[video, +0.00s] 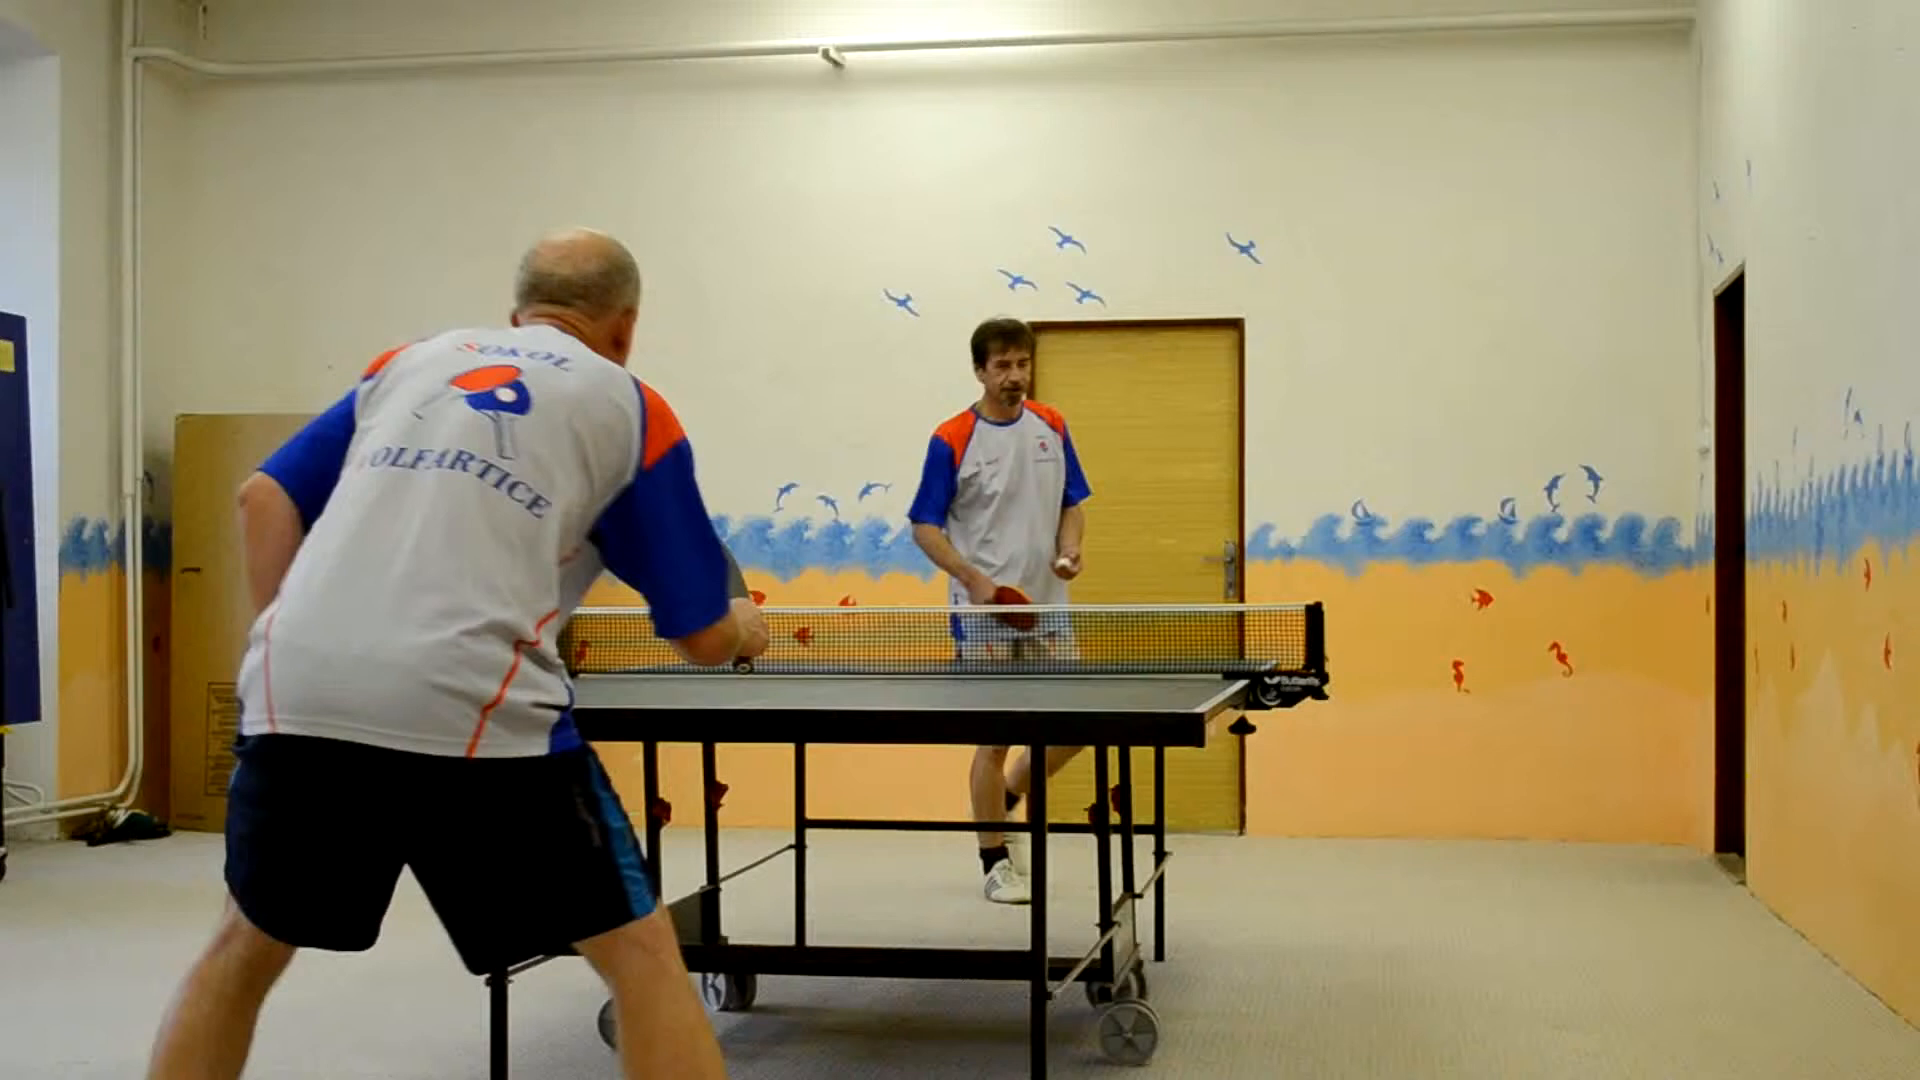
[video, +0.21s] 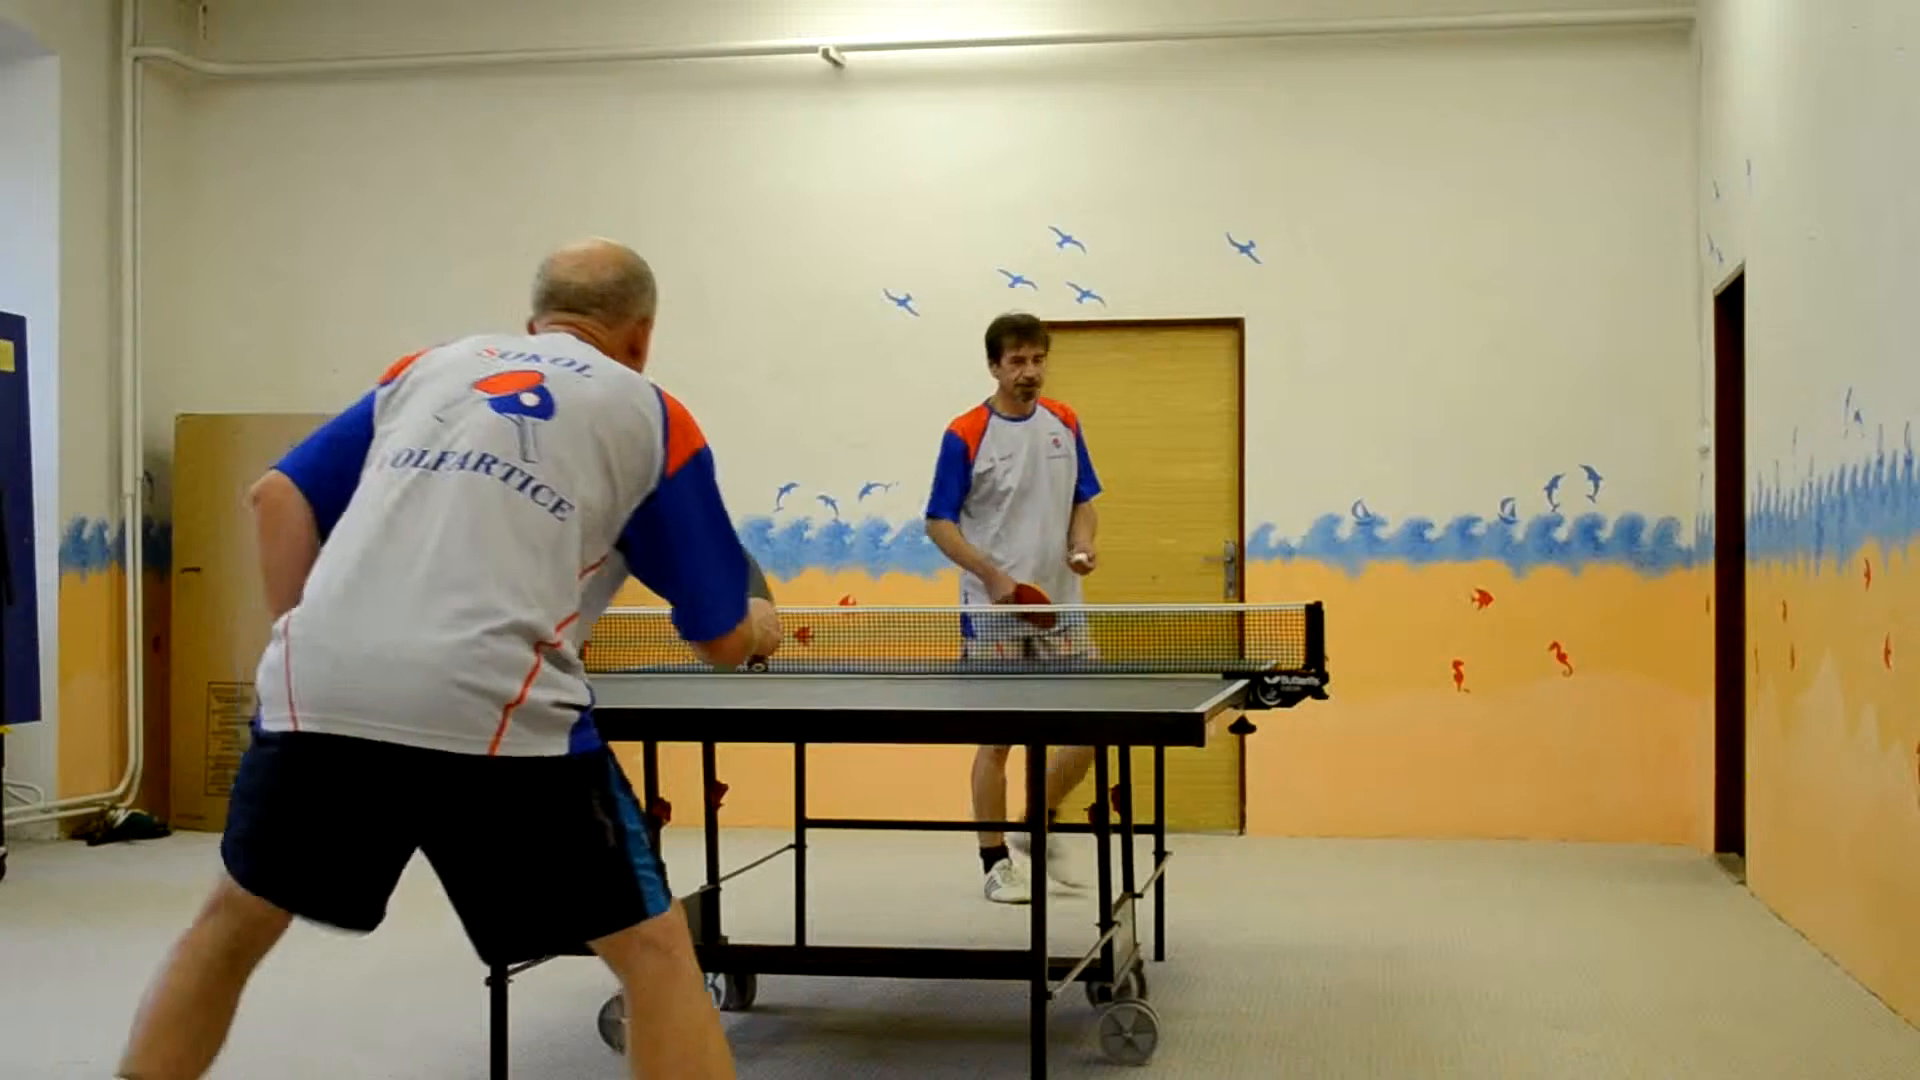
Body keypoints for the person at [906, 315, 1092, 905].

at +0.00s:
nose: (1014, 374)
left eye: (1022, 364)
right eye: (1003, 365)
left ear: (1032, 367)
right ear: (980, 370)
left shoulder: (1050, 425)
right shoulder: (952, 439)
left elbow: (1072, 503)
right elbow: (923, 527)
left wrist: (1069, 546)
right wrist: (972, 576)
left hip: (1045, 609)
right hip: (982, 612)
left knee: (1077, 724)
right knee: (996, 735)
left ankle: (996, 802)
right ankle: (995, 864)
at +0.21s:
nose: (1029, 370)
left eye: (1037, 360)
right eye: (1017, 361)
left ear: (1047, 363)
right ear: (995, 365)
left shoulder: (1063, 422)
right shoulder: (966, 433)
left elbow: (1084, 500)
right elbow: (938, 522)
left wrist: (1082, 540)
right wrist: (990, 573)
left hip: (1058, 607)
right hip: (993, 610)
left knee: (1089, 727)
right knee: (997, 735)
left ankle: (1031, 829)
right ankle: (995, 862)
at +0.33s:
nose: (1055, 372)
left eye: (1063, 361)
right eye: (1044, 362)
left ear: (1073, 362)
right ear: (1020, 365)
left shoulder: (1087, 423)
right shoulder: (988, 432)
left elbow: (1108, 501)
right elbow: (958, 523)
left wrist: (1108, 544)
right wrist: (1014, 573)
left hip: (1076, 607)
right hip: (1009, 609)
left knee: (1107, 727)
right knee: (1003, 737)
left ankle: (1113, 859)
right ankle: (997, 863)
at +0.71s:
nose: (1136, 383)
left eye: (1145, 372)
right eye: (1125, 373)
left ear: (1156, 370)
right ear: (1101, 372)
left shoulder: (1175, 429)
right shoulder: (1061, 437)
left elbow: (1202, 507)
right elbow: (1021, 523)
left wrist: (1188, 556)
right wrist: (1074, 573)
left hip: (1153, 612)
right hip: (1084, 614)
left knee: (1159, 739)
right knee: (1097, 737)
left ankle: (1139, 867)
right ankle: (1083, 864)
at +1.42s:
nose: (1184, 430)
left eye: (1194, 417)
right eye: (1171, 419)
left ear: (1206, 410)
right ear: (1149, 411)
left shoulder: (1225, 444)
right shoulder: (1114, 462)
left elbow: (1257, 528)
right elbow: (1071, 557)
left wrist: (1232, 581)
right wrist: (1134, 607)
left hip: (1196, 616)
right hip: (1130, 622)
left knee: (1242, 724)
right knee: (1149, 739)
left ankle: (1197, 853)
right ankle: (1146, 881)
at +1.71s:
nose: (1191, 427)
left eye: (1199, 415)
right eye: (1177, 417)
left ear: (1207, 405)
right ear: (1150, 409)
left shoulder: (1220, 430)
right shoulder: (1123, 462)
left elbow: (1294, 481)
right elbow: (1122, 567)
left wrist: (1291, 522)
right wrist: (1204, 544)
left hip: (1195, 609)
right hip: (1132, 617)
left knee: (1249, 715)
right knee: (1158, 740)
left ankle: (1223, 825)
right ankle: (1149, 878)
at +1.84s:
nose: (1184, 418)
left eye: (1193, 405)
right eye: (1171, 407)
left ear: (1203, 399)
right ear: (1147, 403)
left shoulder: (1224, 433)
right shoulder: (1115, 459)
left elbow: (1303, 476)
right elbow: (1069, 544)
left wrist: (1324, 532)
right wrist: (1139, 557)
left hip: (1202, 619)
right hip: (1134, 625)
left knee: (1226, 748)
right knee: (1153, 750)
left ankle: (1197, 859)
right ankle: (1147, 883)